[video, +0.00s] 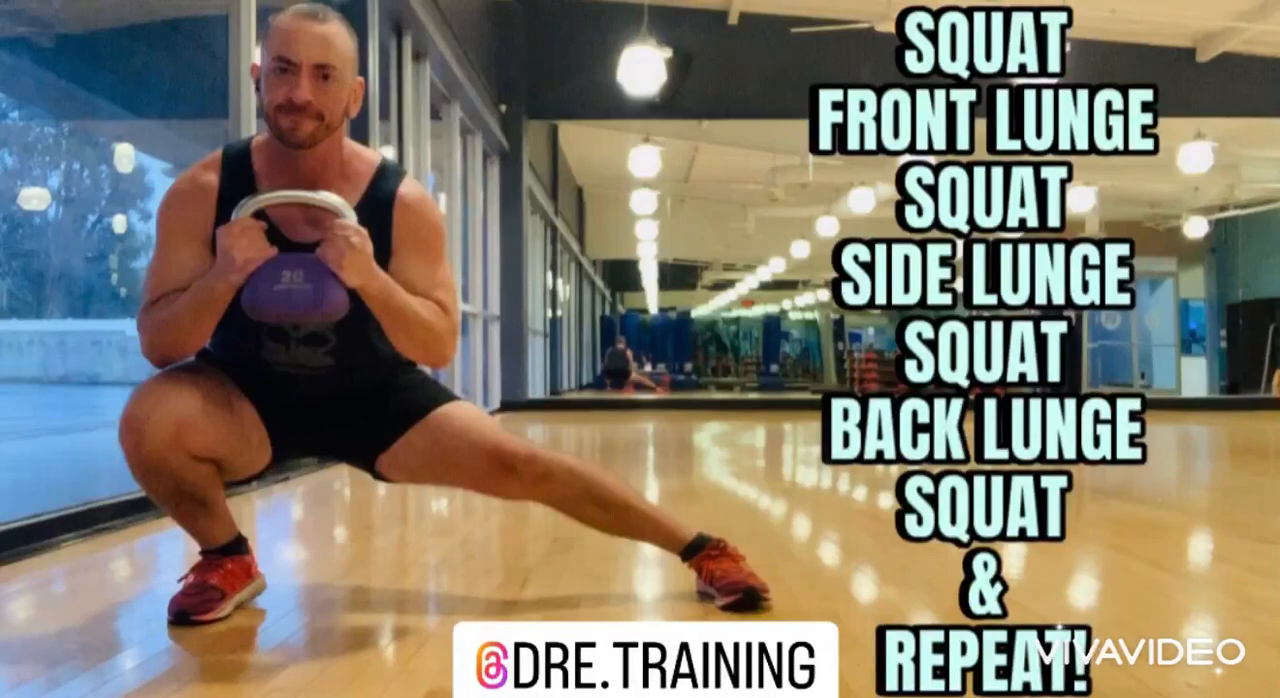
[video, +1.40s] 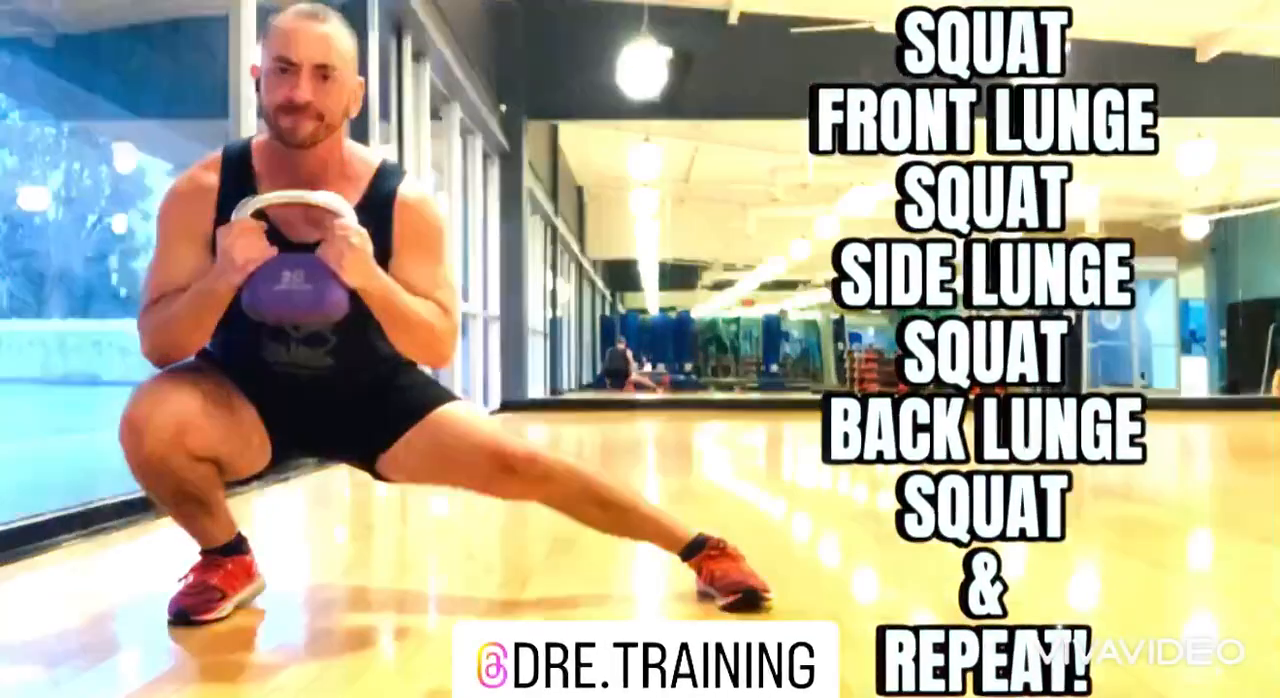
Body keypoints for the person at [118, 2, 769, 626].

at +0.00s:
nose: (297, 92)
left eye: (321, 75)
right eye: (281, 70)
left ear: (355, 91)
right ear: (257, 77)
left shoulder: (405, 205)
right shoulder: (200, 193)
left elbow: (437, 346)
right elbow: (161, 344)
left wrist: (367, 276)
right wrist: (221, 277)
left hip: (378, 397)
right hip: (253, 396)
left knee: (517, 463)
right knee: (148, 422)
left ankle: (696, 548)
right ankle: (226, 555)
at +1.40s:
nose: (299, 90)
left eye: (322, 73)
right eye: (282, 69)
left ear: (354, 90)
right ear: (257, 79)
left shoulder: (407, 209)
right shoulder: (200, 194)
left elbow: (437, 346)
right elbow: (161, 344)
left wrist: (365, 274)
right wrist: (221, 279)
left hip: (378, 399)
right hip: (252, 397)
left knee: (517, 462)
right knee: (149, 422)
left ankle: (696, 548)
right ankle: (226, 557)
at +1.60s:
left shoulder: (685, 11)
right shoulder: (564, 10)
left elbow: (712, 54)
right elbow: (529, 39)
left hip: (683, 157)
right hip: (575, 156)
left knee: (697, 351)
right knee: (571, 354)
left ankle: (715, 528)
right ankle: (560, 533)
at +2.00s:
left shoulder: (730, 3)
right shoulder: (552, 2)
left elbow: (748, 103)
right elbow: (537, 111)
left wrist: (695, 12)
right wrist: (578, 15)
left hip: (689, 197)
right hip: (585, 196)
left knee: (720, 352)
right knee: (556, 353)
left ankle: (716, 536)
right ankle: (559, 533)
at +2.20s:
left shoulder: (729, 71)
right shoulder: (556, 70)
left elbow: (744, 201)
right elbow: (532, 206)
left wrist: (696, 106)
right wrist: (579, 113)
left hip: (687, 272)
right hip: (585, 271)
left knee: (726, 368)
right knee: (546, 374)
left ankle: (716, 536)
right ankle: (559, 536)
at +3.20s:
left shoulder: (763, 1)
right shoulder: (577, 2)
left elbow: (780, 108)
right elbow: (556, 114)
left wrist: (726, 14)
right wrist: (604, 14)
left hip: (709, 205)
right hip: (601, 202)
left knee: (726, 377)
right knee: (566, 366)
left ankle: (715, 537)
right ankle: (562, 528)